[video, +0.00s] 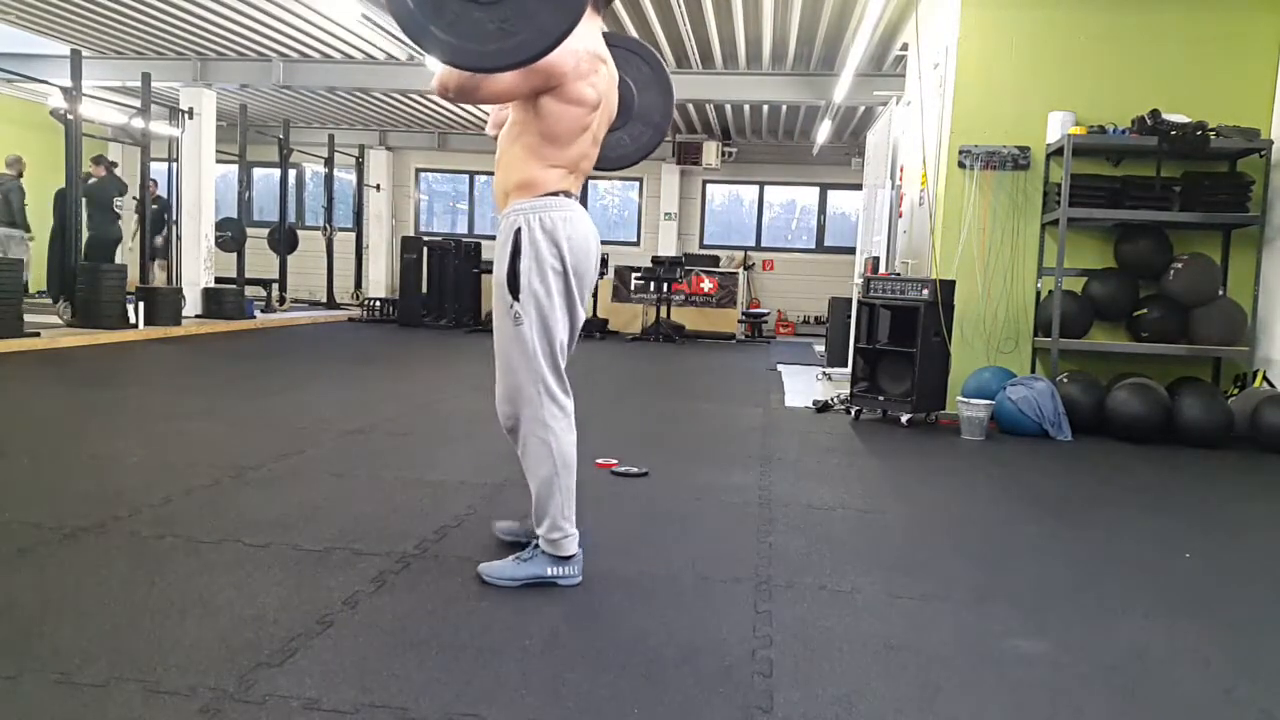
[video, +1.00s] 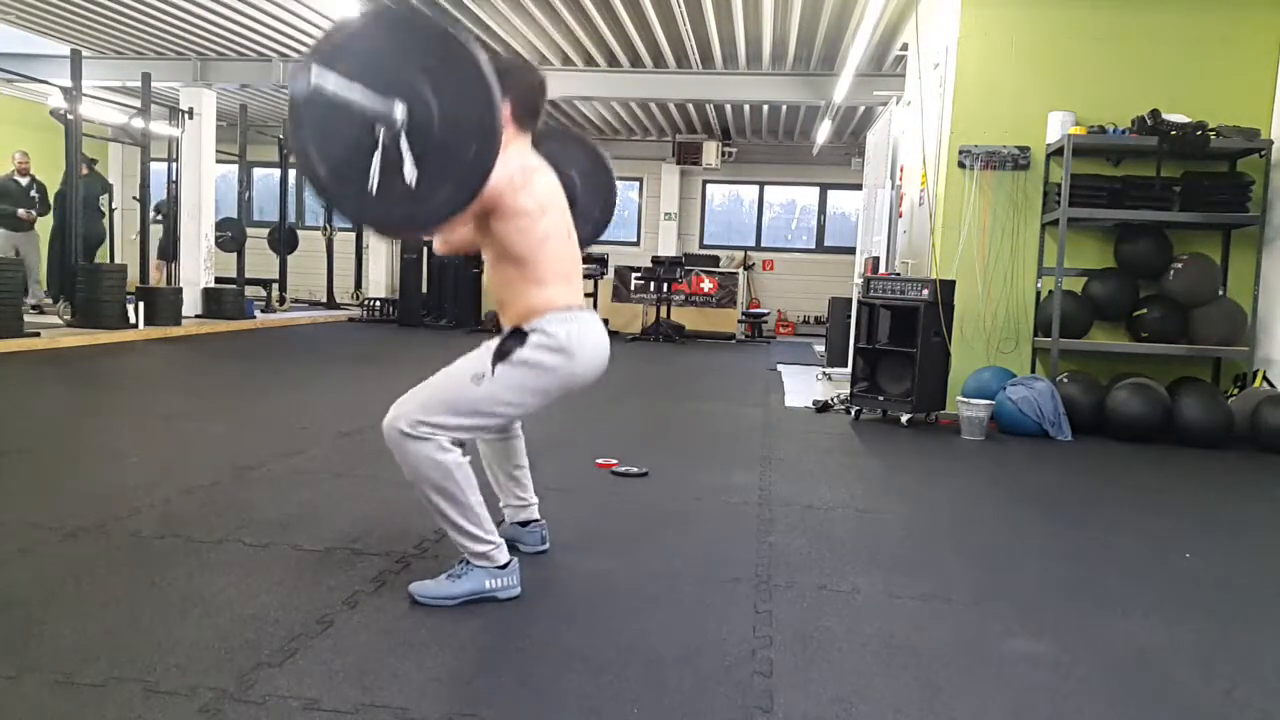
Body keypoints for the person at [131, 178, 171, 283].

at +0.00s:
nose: (148, 189)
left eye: (151, 186)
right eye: (147, 187)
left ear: (156, 188)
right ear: (145, 188)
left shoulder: (162, 201)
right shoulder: (142, 201)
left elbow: (168, 220)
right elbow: (136, 221)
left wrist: (163, 236)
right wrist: (131, 241)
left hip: (158, 235)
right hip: (145, 235)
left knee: (162, 263)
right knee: (146, 262)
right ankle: (145, 284)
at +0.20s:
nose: (150, 188)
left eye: (153, 186)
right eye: (148, 186)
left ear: (157, 188)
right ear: (146, 188)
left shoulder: (164, 200)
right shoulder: (142, 200)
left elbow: (169, 219)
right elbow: (134, 216)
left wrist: (155, 221)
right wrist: (128, 231)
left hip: (162, 235)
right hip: (148, 235)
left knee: (163, 260)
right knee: (150, 262)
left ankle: (170, 284)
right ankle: (149, 287)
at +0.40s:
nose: (153, 189)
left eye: (156, 186)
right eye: (151, 187)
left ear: (161, 188)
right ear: (149, 189)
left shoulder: (168, 201)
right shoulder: (146, 202)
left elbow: (174, 218)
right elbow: (139, 217)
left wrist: (173, 234)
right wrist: (134, 232)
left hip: (165, 235)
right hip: (150, 235)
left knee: (168, 261)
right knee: (151, 261)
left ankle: (170, 284)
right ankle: (150, 283)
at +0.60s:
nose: (161, 189)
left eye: (164, 187)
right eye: (159, 187)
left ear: (168, 189)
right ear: (157, 188)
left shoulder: (174, 202)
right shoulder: (153, 203)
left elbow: (178, 218)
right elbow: (148, 219)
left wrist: (178, 233)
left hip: (171, 236)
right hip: (157, 236)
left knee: (172, 264)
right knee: (153, 264)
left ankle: (172, 288)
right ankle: (150, 287)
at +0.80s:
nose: (169, 192)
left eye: (172, 189)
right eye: (167, 189)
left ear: (176, 191)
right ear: (164, 190)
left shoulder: (179, 203)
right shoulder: (158, 203)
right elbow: (151, 218)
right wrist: (160, 220)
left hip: (177, 236)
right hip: (163, 236)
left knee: (179, 265)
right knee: (156, 266)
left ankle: (180, 291)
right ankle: (151, 289)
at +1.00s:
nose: (171, 192)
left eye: (174, 189)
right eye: (169, 189)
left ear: (177, 190)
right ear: (166, 190)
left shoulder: (181, 203)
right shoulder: (161, 204)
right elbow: (152, 219)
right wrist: (164, 222)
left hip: (179, 237)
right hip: (166, 236)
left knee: (178, 264)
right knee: (160, 264)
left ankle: (177, 289)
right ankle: (153, 288)